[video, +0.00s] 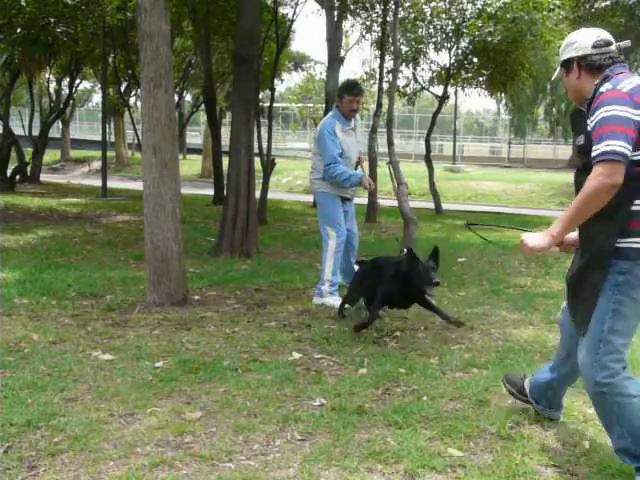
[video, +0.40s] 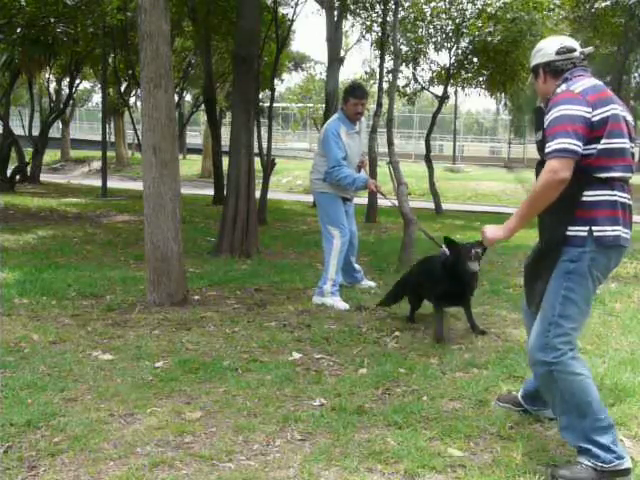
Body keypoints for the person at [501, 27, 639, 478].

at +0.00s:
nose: (564, 86)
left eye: (565, 76)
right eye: (564, 77)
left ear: (582, 70)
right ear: (595, 66)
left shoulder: (615, 98)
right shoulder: (616, 94)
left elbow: (608, 176)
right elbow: (619, 184)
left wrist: (552, 233)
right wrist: (581, 235)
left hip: (627, 251)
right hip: (608, 248)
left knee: (601, 364)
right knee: (575, 321)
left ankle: (635, 458)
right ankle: (546, 394)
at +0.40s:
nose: (536, 89)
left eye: (535, 80)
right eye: (535, 81)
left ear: (547, 74)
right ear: (571, 68)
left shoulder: (570, 96)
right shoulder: (596, 92)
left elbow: (557, 173)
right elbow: (614, 170)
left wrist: (508, 227)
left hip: (592, 235)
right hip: (595, 231)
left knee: (550, 346)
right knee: (537, 307)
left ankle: (605, 457)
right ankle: (540, 396)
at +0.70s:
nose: (520, 96)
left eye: (520, 89)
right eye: (519, 89)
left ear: (529, 83)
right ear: (562, 78)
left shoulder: (543, 107)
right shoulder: (600, 113)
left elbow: (492, 173)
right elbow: (618, 185)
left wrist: (438, 197)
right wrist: (582, 216)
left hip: (566, 237)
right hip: (591, 236)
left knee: (540, 349)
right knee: (535, 302)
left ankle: (604, 455)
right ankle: (520, 386)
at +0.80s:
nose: (511, 104)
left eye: (511, 96)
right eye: (510, 97)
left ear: (522, 89)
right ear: (551, 84)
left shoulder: (535, 112)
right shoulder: (591, 116)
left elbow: (473, 172)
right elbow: (613, 185)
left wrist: (419, 182)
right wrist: (569, 200)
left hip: (560, 235)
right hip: (588, 235)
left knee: (520, 343)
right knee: (524, 300)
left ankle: (597, 444)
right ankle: (516, 388)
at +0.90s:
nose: (506, 107)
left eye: (505, 101)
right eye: (504, 101)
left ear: (514, 94)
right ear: (546, 88)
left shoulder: (526, 119)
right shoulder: (586, 120)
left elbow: (462, 169)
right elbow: (606, 180)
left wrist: (408, 171)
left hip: (556, 239)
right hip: (585, 238)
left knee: (518, 345)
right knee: (523, 311)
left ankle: (572, 452)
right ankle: (514, 387)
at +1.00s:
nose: (501, 110)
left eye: (500, 104)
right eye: (499, 105)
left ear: (510, 97)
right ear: (542, 92)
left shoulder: (521, 122)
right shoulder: (583, 123)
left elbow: (459, 170)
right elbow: (600, 188)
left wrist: (407, 168)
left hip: (553, 244)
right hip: (583, 242)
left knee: (517, 348)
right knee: (516, 303)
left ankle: (568, 455)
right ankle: (513, 387)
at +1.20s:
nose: (499, 112)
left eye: (499, 105)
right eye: (497, 106)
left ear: (509, 98)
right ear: (541, 93)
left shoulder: (518, 123)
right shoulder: (583, 124)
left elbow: (457, 174)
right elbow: (602, 190)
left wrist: (407, 173)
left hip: (551, 246)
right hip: (583, 245)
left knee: (511, 351)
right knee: (518, 307)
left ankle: (568, 455)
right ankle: (514, 386)